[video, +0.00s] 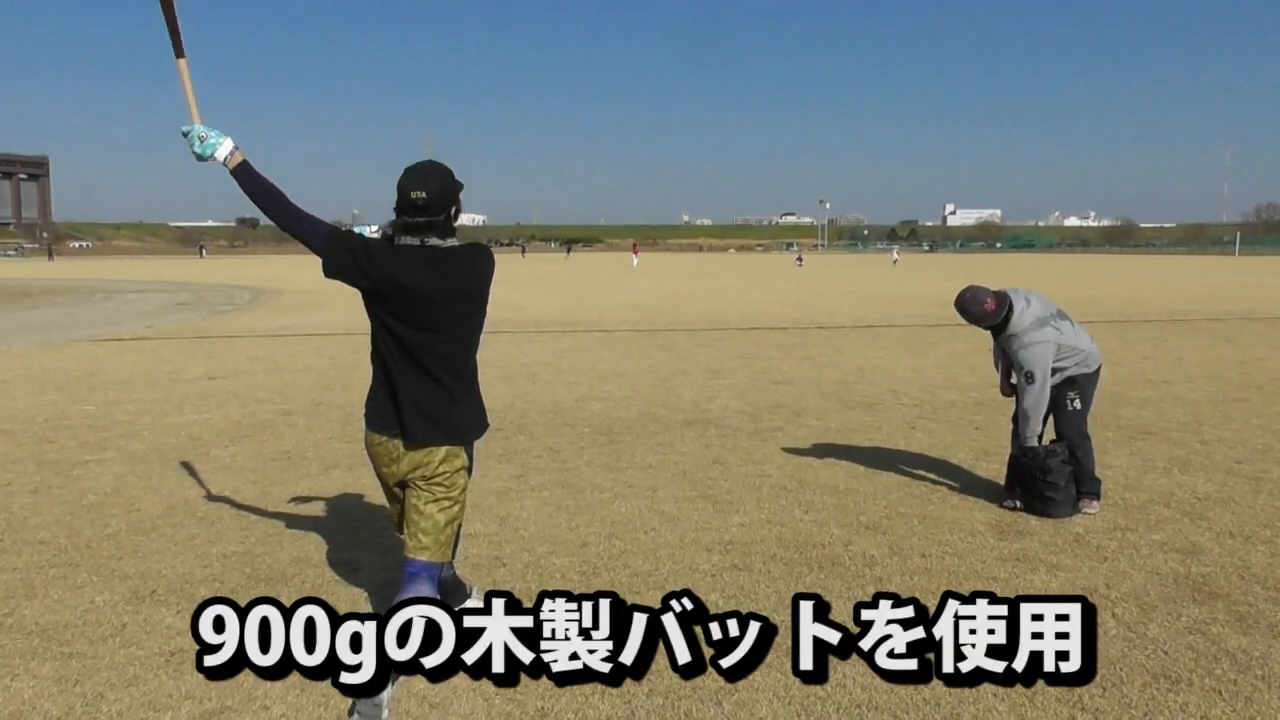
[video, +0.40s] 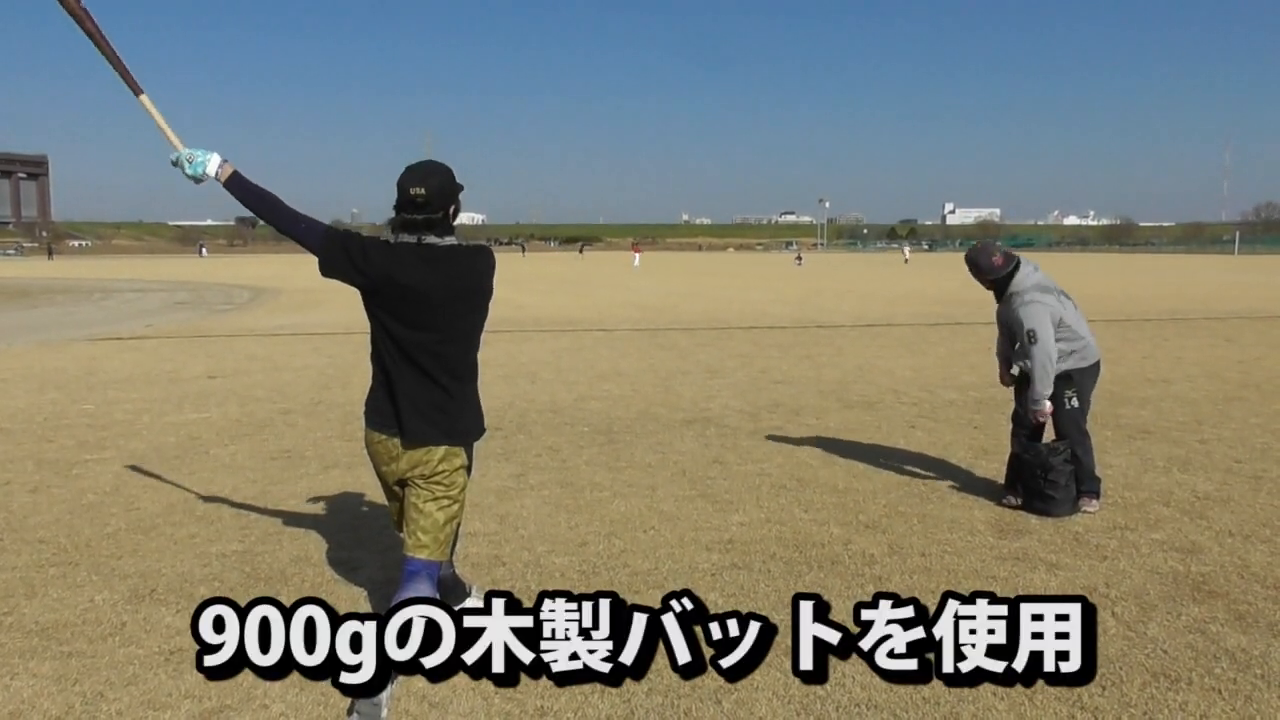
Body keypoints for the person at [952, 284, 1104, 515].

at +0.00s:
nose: (980, 327)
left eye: (978, 323)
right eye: (978, 323)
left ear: (985, 322)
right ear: (992, 296)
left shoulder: (1030, 345)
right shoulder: (1004, 303)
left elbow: (1034, 399)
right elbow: (1002, 344)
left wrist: (1029, 443)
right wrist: (1004, 378)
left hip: (1077, 366)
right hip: (1040, 366)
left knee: (1070, 430)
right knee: (1023, 425)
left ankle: (1088, 492)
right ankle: (1016, 490)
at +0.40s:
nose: (979, 282)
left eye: (978, 277)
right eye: (978, 277)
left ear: (988, 280)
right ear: (1004, 262)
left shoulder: (1028, 302)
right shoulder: (1011, 288)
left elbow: (1043, 355)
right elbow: (1007, 330)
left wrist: (1040, 398)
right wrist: (1005, 362)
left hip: (1073, 364)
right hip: (1038, 362)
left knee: (1068, 425)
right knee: (1025, 423)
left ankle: (1088, 491)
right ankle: (1017, 487)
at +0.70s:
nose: (999, 248)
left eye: (1000, 242)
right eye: (999, 242)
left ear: (1004, 244)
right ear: (1029, 231)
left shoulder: (1034, 270)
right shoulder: (1032, 259)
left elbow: (1044, 321)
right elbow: (1018, 311)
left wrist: (1041, 366)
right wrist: (1008, 345)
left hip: (1067, 358)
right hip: (1037, 356)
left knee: (1067, 427)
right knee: (1022, 422)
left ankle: (1086, 490)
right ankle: (1015, 485)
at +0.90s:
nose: (1008, 239)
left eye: (1009, 233)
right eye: (1009, 233)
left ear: (1014, 234)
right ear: (1041, 226)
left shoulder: (1041, 268)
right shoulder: (1035, 259)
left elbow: (1043, 323)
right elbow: (1020, 309)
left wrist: (1040, 366)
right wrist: (1010, 342)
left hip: (1065, 360)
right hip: (1038, 357)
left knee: (1067, 428)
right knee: (1021, 422)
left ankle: (1085, 490)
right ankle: (1015, 485)